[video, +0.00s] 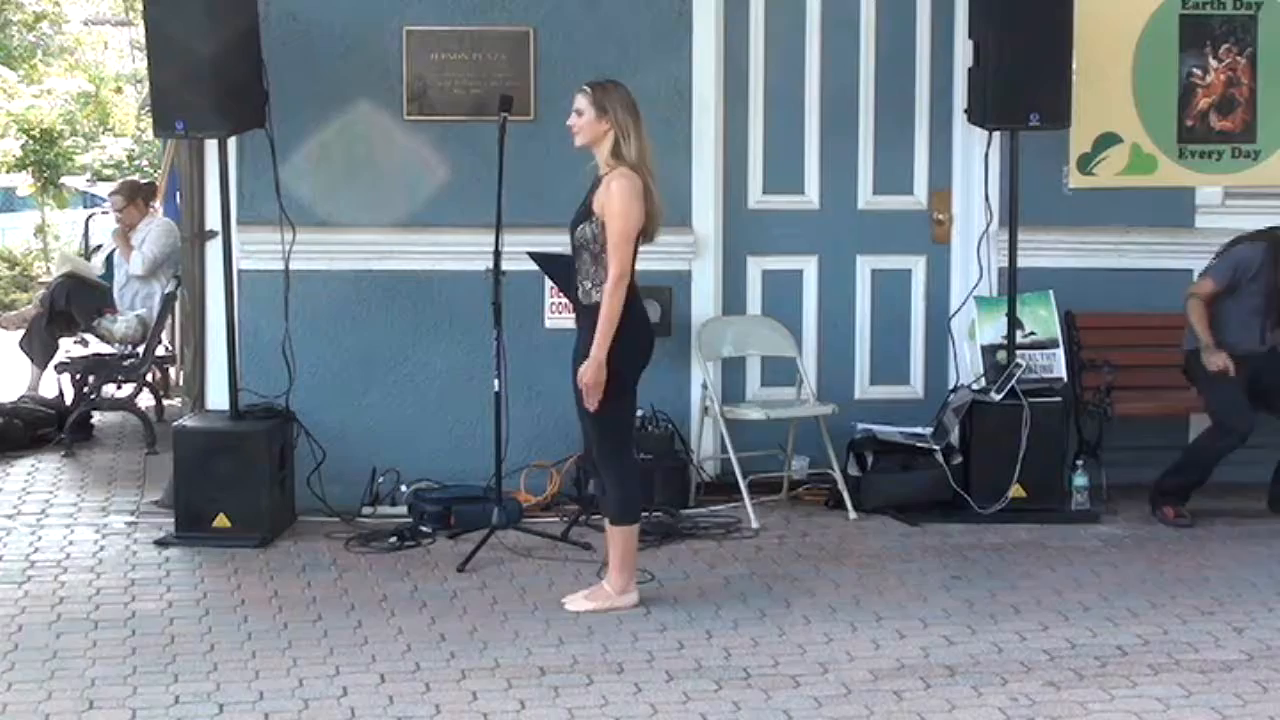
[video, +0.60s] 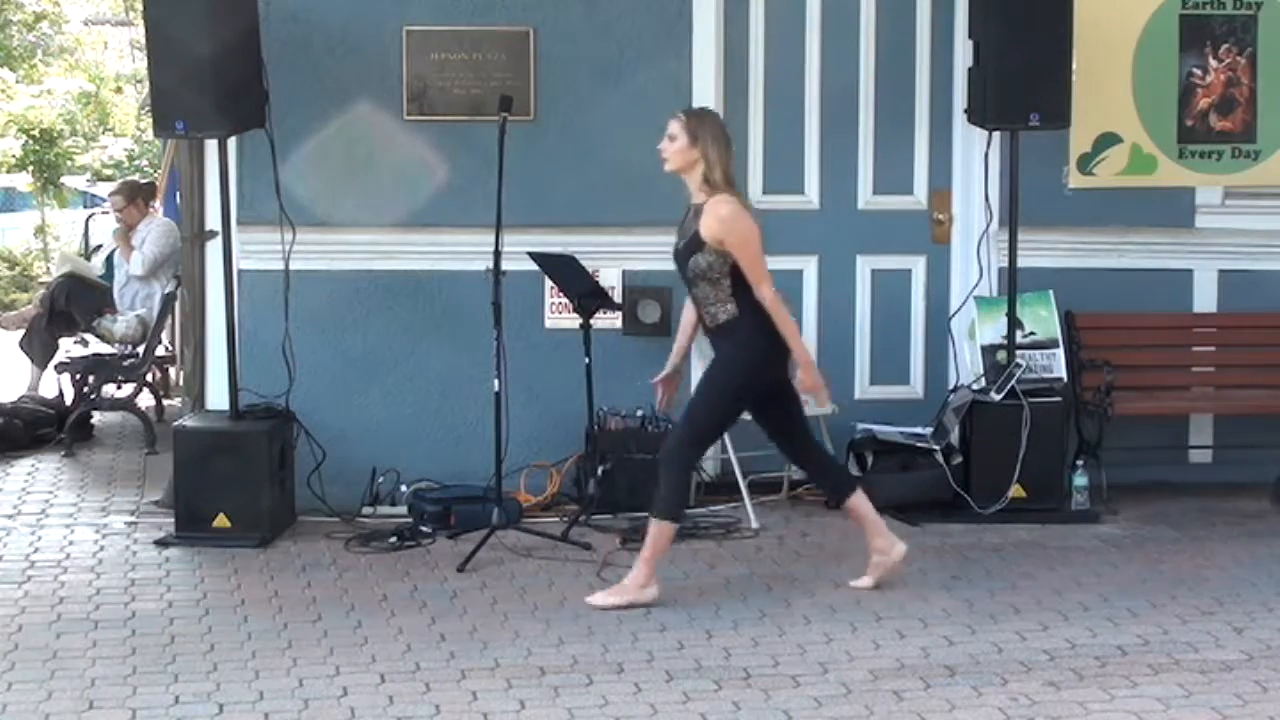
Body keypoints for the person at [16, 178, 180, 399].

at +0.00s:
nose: (117, 218)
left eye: (120, 211)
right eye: (114, 213)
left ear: (140, 205)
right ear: (136, 206)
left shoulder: (164, 228)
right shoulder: (128, 234)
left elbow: (142, 267)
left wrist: (122, 243)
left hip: (139, 319)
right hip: (119, 313)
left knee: (69, 285)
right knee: (45, 320)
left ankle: (35, 310)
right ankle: (32, 390)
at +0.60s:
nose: (117, 218)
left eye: (120, 211)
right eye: (114, 212)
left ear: (140, 205)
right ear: (136, 206)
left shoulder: (164, 229)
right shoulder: (128, 234)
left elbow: (142, 267)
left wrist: (123, 244)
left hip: (140, 317)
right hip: (119, 311)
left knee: (68, 284)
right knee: (45, 320)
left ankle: (34, 310)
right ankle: (32, 389)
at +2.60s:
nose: (115, 220)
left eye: (117, 213)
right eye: (112, 215)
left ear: (136, 206)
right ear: (133, 207)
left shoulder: (162, 230)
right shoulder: (123, 234)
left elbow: (138, 268)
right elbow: (94, 270)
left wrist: (121, 243)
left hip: (137, 321)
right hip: (114, 312)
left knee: (67, 285)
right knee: (42, 322)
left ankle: (33, 311)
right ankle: (29, 391)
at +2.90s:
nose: (105, 219)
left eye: (107, 212)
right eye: (102, 214)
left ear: (125, 204)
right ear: (122, 206)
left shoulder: (150, 229)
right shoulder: (113, 233)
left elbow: (127, 268)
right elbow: (84, 269)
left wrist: (110, 242)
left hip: (127, 317)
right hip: (105, 309)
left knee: (55, 283)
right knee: (33, 320)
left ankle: (25, 310)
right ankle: (18, 388)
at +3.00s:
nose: (89, 220)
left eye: (92, 213)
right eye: (86, 215)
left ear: (110, 204)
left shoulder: (135, 230)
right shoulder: (98, 235)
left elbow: (112, 269)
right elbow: (68, 271)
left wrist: (94, 244)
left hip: (114, 317)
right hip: (91, 309)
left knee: (37, 286)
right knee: (14, 323)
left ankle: (16, 311)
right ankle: (8, 384)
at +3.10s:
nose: (75, 219)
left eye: (77, 213)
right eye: (72, 215)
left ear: (96, 204)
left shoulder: (121, 230)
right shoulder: (84, 233)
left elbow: (100, 269)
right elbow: (55, 270)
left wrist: (81, 245)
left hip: (101, 319)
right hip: (76, 310)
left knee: (25, 286)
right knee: (9, 323)